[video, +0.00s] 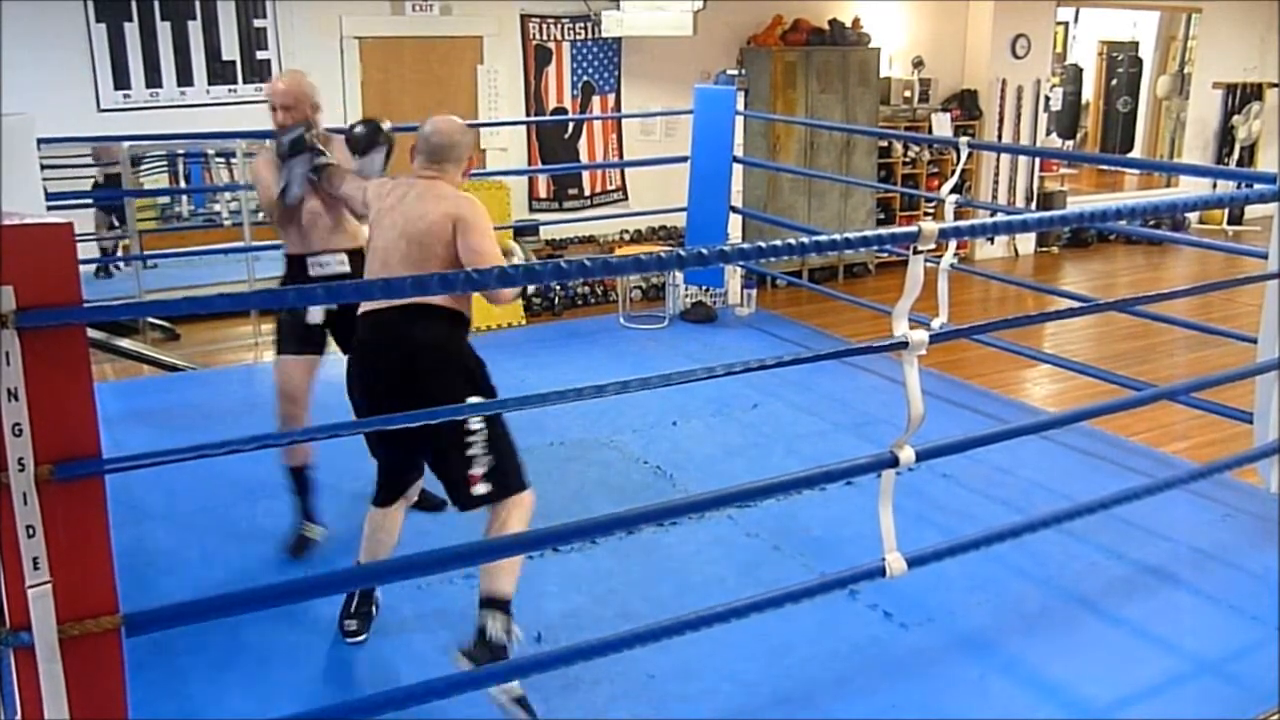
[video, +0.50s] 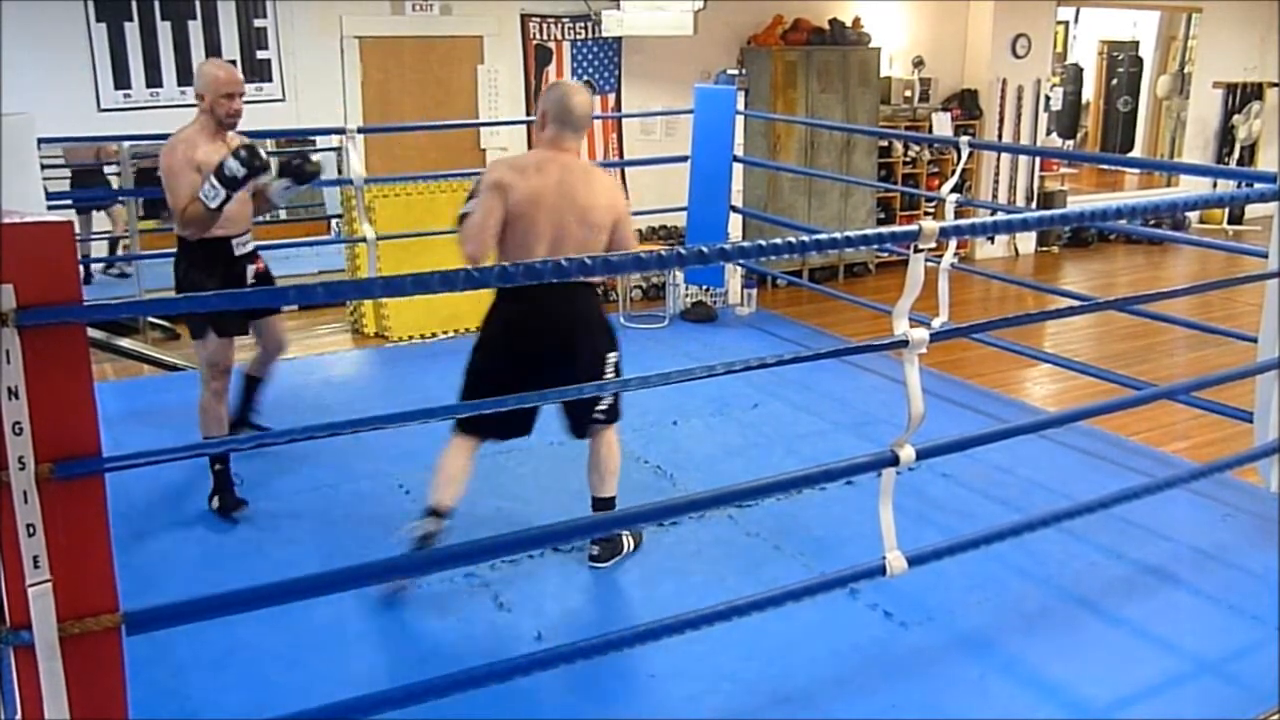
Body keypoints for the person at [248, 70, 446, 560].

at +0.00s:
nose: (279, 117)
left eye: (287, 109)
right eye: (273, 109)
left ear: (311, 108)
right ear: (268, 110)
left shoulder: (344, 146)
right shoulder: (266, 158)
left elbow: (365, 210)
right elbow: (279, 216)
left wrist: (364, 165)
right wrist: (293, 167)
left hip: (354, 271)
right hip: (301, 276)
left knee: (383, 377)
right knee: (290, 396)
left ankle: (407, 479)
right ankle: (307, 516)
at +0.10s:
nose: (257, 114)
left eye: (266, 103)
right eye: (249, 106)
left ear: (287, 105)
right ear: (242, 111)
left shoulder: (314, 148)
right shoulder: (241, 156)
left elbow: (349, 195)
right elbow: (273, 184)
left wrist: (368, 162)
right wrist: (304, 141)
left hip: (331, 269)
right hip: (280, 277)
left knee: (371, 381)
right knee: (265, 403)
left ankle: (403, 479)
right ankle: (244, 495)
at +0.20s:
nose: (241, 123)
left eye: (248, 114)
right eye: (232, 116)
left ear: (264, 112)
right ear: (220, 119)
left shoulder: (292, 157)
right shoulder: (215, 165)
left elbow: (331, 206)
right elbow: (251, 196)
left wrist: (370, 190)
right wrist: (269, 138)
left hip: (300, 275)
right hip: (250, 284)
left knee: (350, 383)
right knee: (248, 407)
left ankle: (399, 478)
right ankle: (227, 492)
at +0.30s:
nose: (241, 120)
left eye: (247, 111)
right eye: (231, 113)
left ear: (255, 106)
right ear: (209, 112)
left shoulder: (270, 156)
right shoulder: (197, 160)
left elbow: (306, 209)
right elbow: (214, 209)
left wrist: (352, 193)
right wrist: (233, 160)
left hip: (276, 269)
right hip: (229, 276)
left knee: (327, 370)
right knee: (235, 394)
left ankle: (373, 467)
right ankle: (225, 491)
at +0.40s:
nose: (241, 104)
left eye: (245, 94)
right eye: (230, 96)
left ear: (249, 94)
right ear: (207, 99)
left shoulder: (252, 142)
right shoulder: (188, 146)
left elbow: (276, 202)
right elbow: (198, 216)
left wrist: (316, 183)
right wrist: (222, 171)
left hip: (257, 254)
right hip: (213, 261)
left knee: (305, 348)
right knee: (227, 378)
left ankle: (307, 445)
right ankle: (225, 487)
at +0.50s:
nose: (238, 106)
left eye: (241, 96)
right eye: (229, 98)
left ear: (242, 96)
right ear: (202, 100)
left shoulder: (239, 143)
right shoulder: (179, 150)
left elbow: (253, 206)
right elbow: (188, 224)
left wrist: (286, 183)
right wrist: (224, 183)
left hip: (244, 253)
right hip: (202, 262)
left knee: (273, 343)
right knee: (217, 374)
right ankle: (222, 484)